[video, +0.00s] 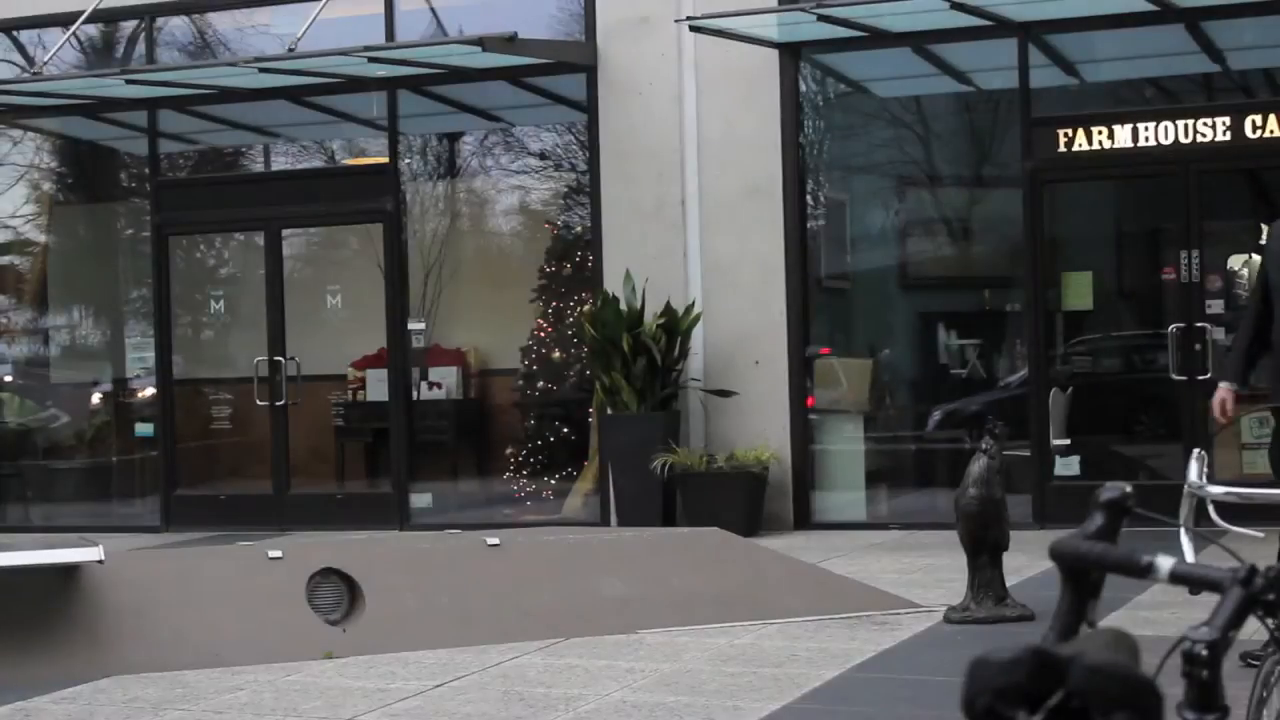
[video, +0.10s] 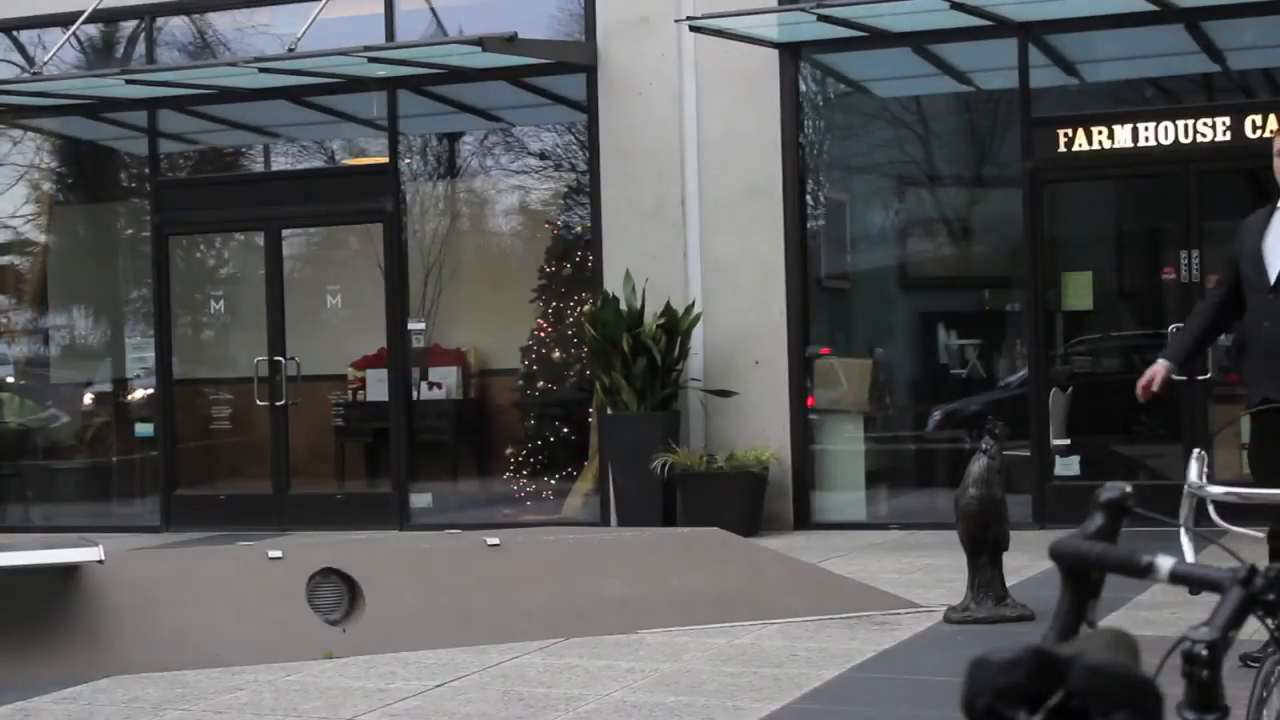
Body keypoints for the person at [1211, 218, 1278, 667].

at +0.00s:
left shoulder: (1273, 239)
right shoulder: (1274, 235)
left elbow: (1258, 311)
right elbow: (1260, 310)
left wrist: (1230, 378)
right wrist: (1230, 378)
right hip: (1278, 401)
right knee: (1279, 521)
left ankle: (1277, 629)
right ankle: (1277, 629)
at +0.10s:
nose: (1278, 163)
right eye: (1276, 155)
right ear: (1270, 163)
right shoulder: (1256, 228)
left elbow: (1220, 302)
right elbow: (1220, 304)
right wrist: (1169, 359)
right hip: (1268, 402)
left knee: (1277, 523)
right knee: (1274, 522)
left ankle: (1274, 614)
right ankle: (1274, 621)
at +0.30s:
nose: (1246, 157)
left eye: (1257, 147)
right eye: (1239, 149)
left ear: (1279, 155)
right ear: (1232, 158)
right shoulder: (1213, 221)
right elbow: (1161, 273)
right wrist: (1091, 309)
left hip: (1274, 386)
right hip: (1231, 388)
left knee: (1272, 499)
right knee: (1250, 502)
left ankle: (1273, 598)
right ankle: (1267, 597)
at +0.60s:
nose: (1206, 157)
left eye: (1217, 147)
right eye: (1200, 149)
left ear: (1247, 154)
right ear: (1194, 159)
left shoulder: (1268, 213)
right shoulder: (1176, 217)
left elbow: (1273, 297)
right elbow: (1116, 267)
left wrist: (1268, 368)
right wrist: (1039, 296)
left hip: (1236, 396)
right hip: (1169, 395)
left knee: (1232, 518)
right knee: (1162, 509)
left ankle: (1240, 636)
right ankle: (1231, 611)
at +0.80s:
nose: (1173, 153)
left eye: (1186, 143)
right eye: (1168, 145)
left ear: (1216, 151)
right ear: (1162, 156)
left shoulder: (1248, 214)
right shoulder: (1143, 215)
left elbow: (1246, 293)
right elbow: (1089, 266)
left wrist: (1216, 356)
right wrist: (1013, 303)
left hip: (1207, 395)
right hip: (1136, 396)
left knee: (1219, 521)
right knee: (1132, 520)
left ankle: (1234, 640)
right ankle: (1142, 635)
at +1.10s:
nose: (1103, 161)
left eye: (1114, 151)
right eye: (1097, 154)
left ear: (1145, 155)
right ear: (1092, 164)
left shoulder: (1185, 216)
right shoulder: (1073, 227)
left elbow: (1194, 295)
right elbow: (1014, 276)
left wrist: (1161, 354)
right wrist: (937, 311)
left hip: (1164, 402)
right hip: (1091, 406)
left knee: (1186, 518)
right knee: (1093, 528)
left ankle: (1227, 633)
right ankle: (1074, 636)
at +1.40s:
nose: (1021, 166)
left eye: (1030, 154)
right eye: (1015, 158)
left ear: (1063, 155)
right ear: (1013, 168)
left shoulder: (1119, 208)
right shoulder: (1005, 232)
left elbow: (1146, 288)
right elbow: (952, 288)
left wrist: (1148, 358)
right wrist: (876, 326)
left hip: (1119, 393)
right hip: (1049, 404)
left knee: (1158, 513)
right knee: (1064, 524)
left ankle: (1205, 616)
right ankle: (1070, 636)